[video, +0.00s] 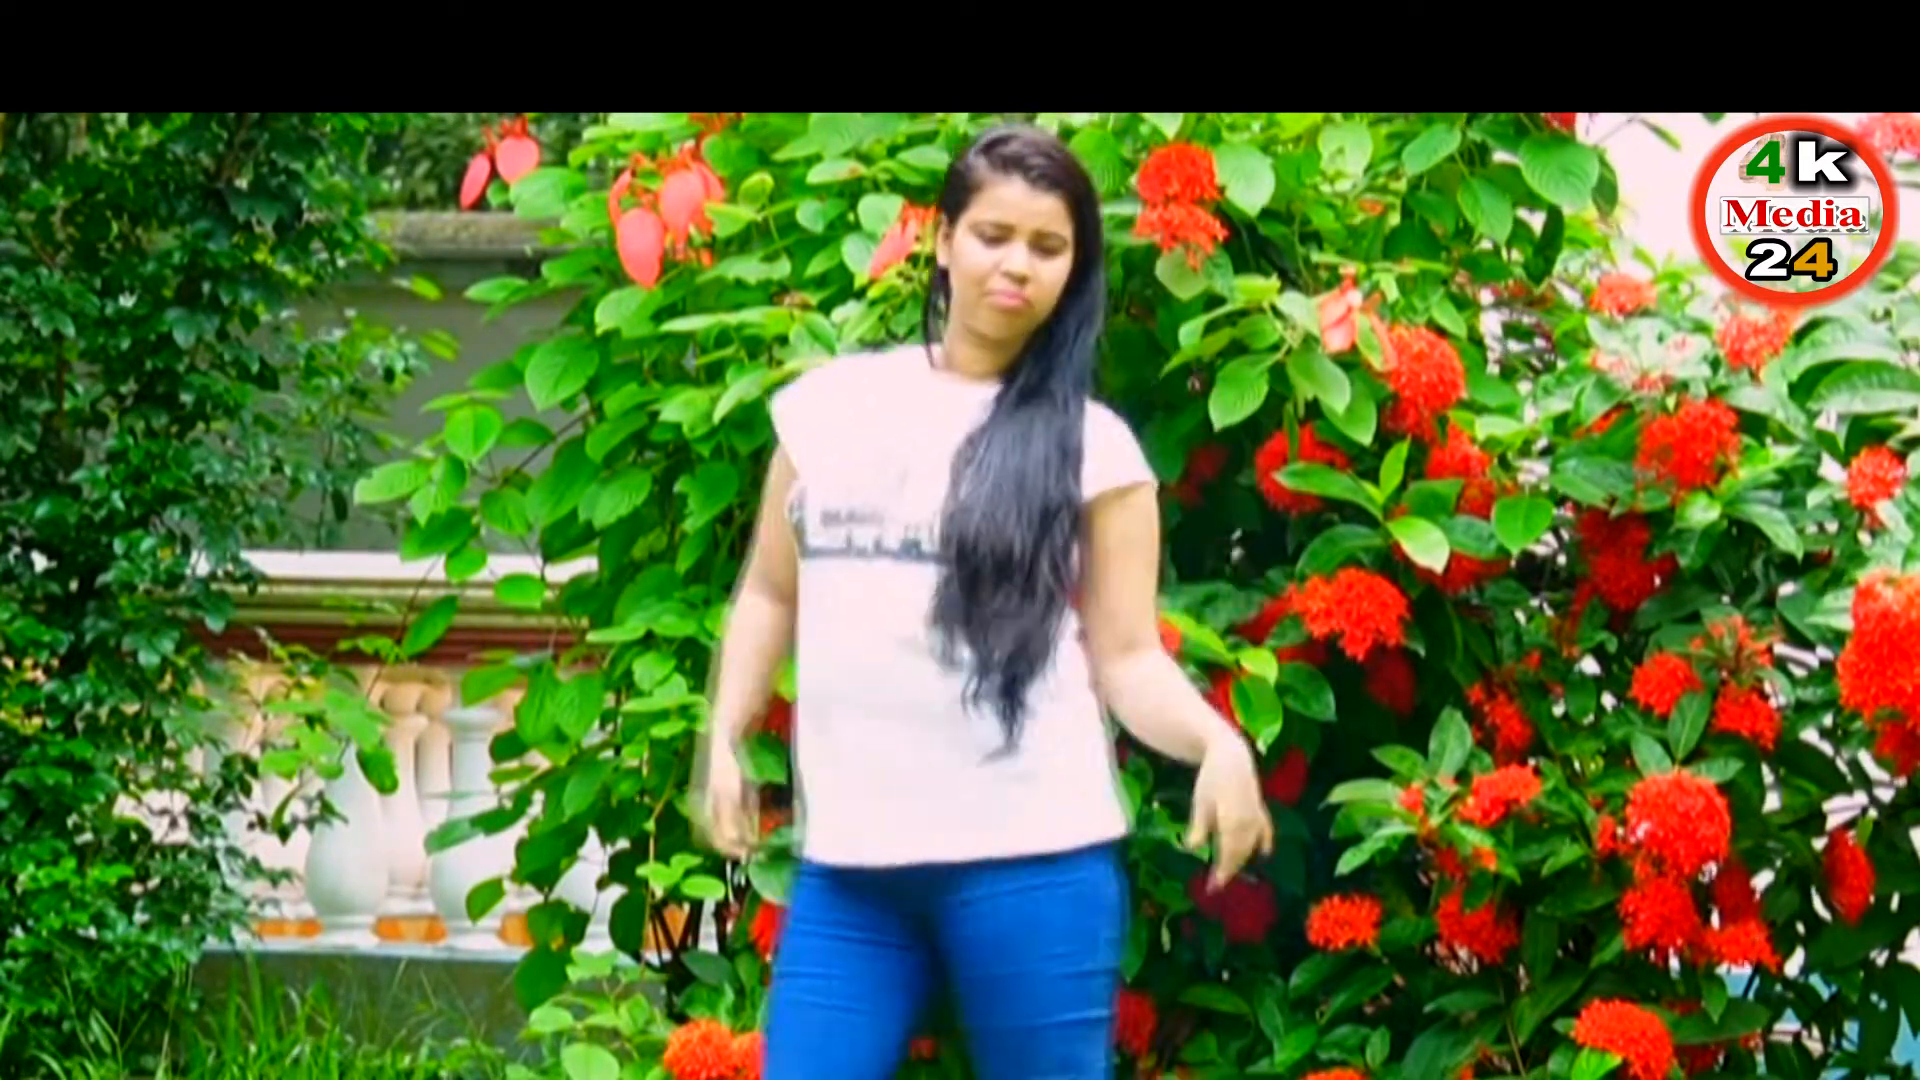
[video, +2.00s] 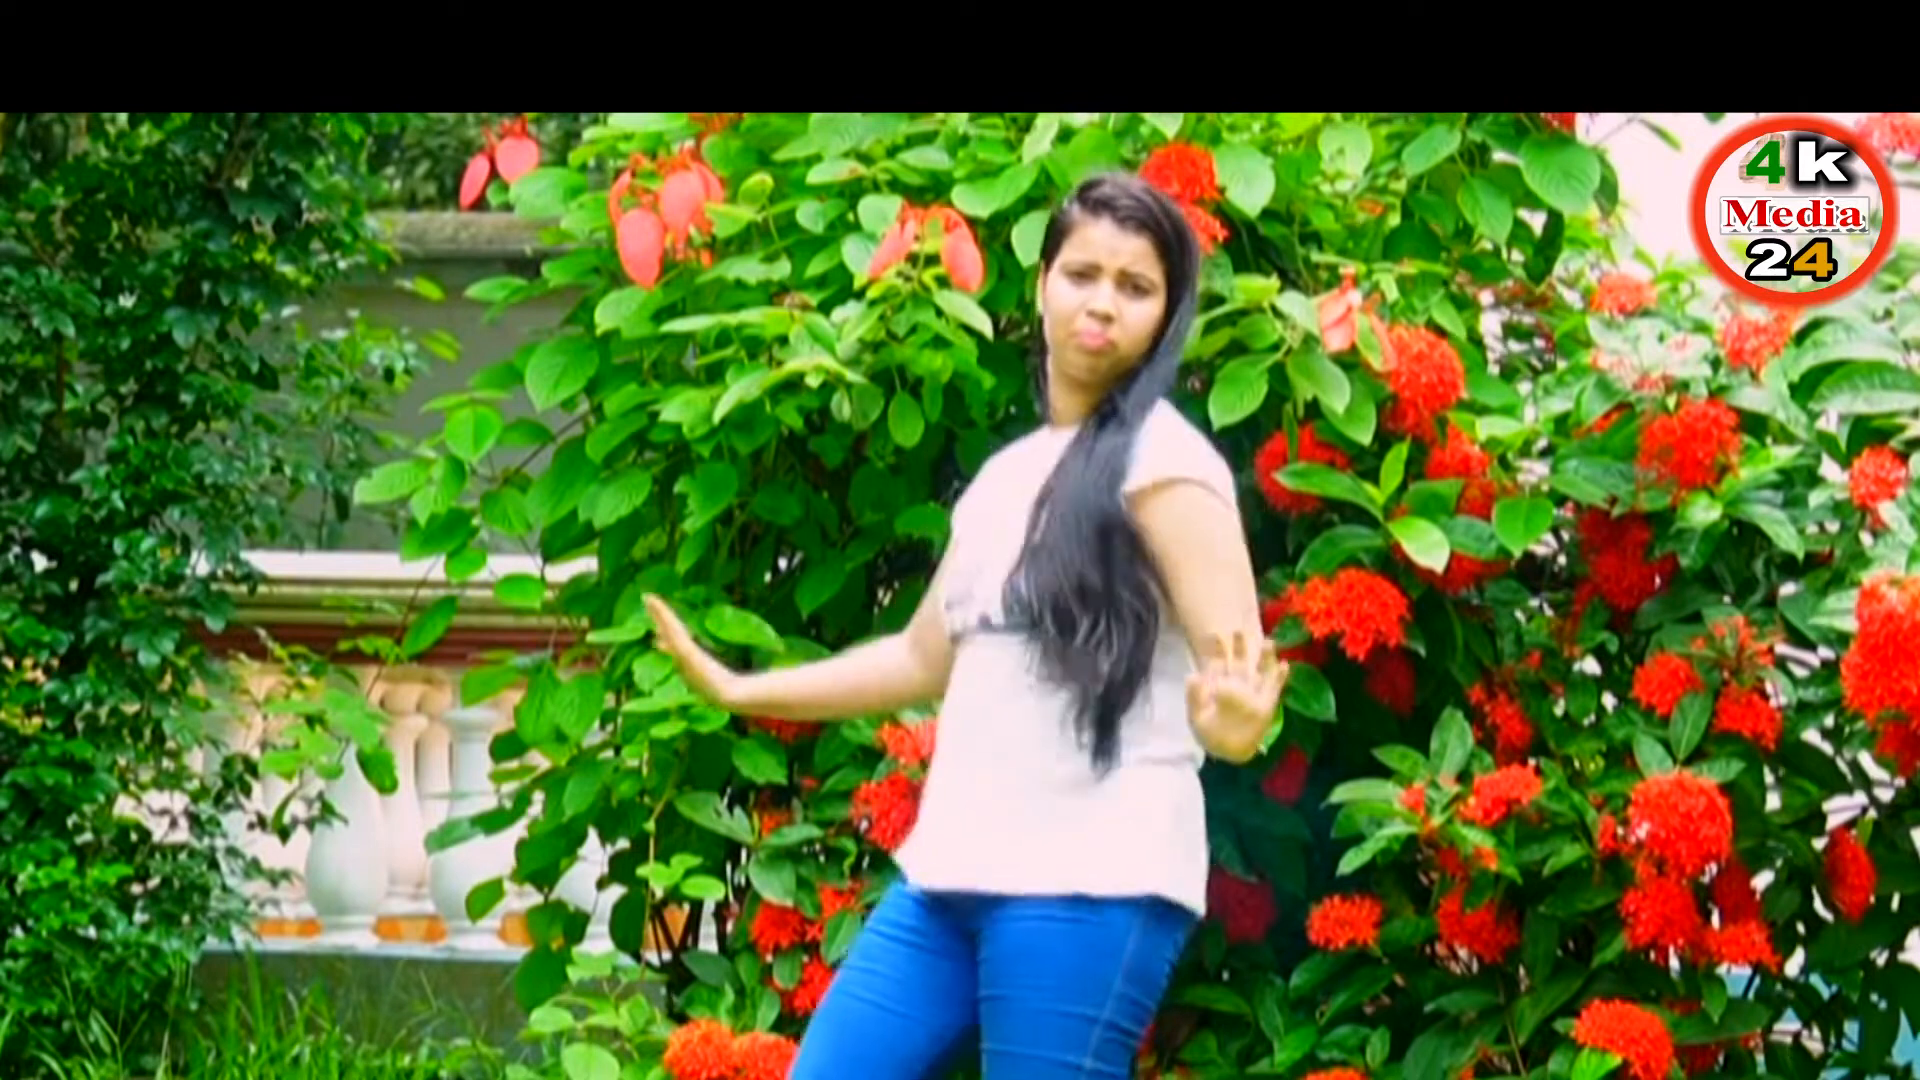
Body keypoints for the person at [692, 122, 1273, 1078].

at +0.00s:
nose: (1017, 267)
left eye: (1047, 247)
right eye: (994, 237)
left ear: (1077, 270)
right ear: (944, 241)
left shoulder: (1094, 443)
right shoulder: (825, 406)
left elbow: (1127, 651)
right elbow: (768, 591)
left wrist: (1217, 741)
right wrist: (724, 738)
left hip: (1034, 872)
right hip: (848, 869)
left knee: (1054, 1069)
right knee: (798, 1067)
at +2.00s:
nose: (1102, 304)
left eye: (1134, 286)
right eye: (1082, 274)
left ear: (1166, 314)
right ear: (1043, 285)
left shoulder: (1163, 455)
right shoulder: (1002, 476)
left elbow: (1238, 665)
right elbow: (919, 663)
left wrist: (1233, 733)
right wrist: (740, 691)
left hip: (1093, 880)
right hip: (947, 867)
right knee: (825, 1068)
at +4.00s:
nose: (1063, 283)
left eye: (1095, 263)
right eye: (1041, 251)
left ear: (1124, 289)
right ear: (991, 258)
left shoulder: (1122, 417)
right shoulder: (932, 430)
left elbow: (1207, 469)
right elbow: (809, 483)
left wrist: (1231, 267)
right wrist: (762, 306)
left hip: (1066, 871)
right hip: (910, 869)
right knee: (814, 1069)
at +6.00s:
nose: (989, 283)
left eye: (1023, 271)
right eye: (972, 251)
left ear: (1047, 304)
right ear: (923, 261)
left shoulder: (1067, 433)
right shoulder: (879, 452)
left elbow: (1148, 627)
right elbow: (804, 634)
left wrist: (1102, 593)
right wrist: (631, 622)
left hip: (995, 878)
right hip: (825, 865)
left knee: (1008, 1067)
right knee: (758, 1065)